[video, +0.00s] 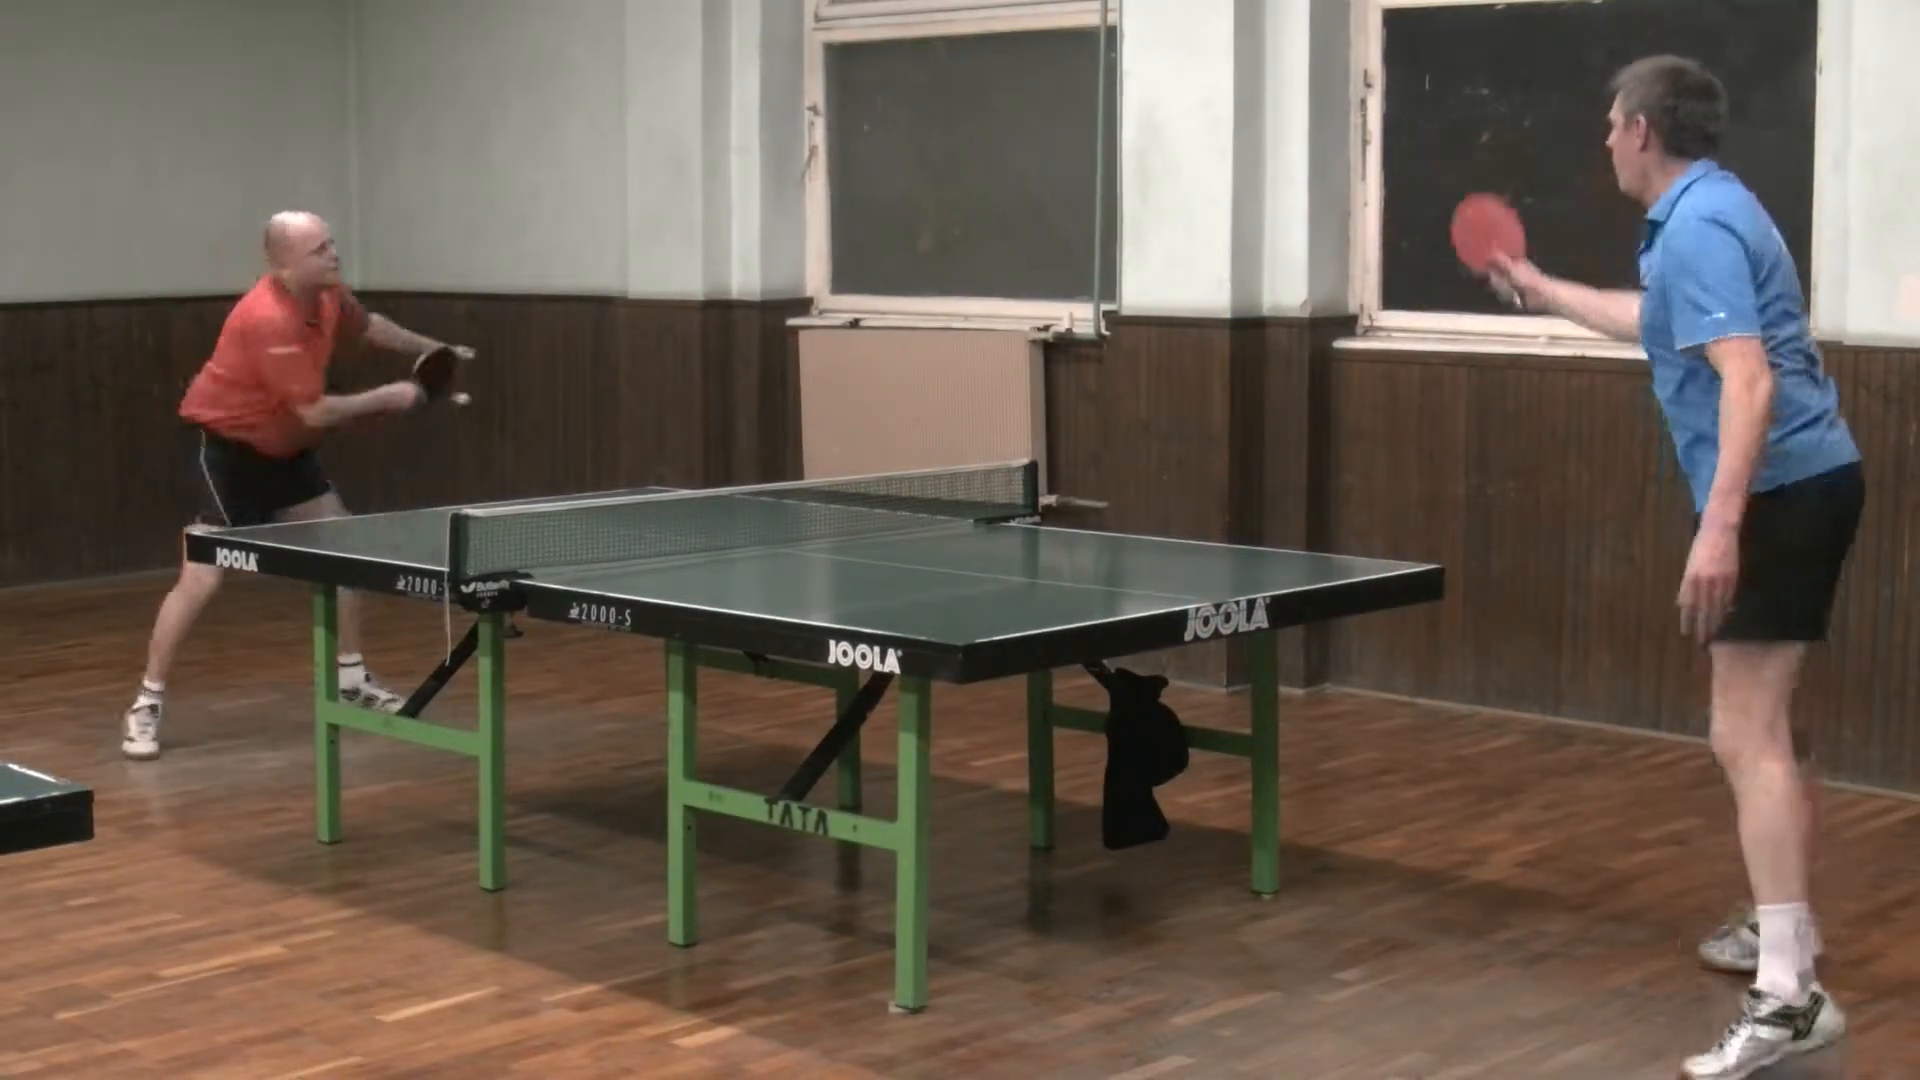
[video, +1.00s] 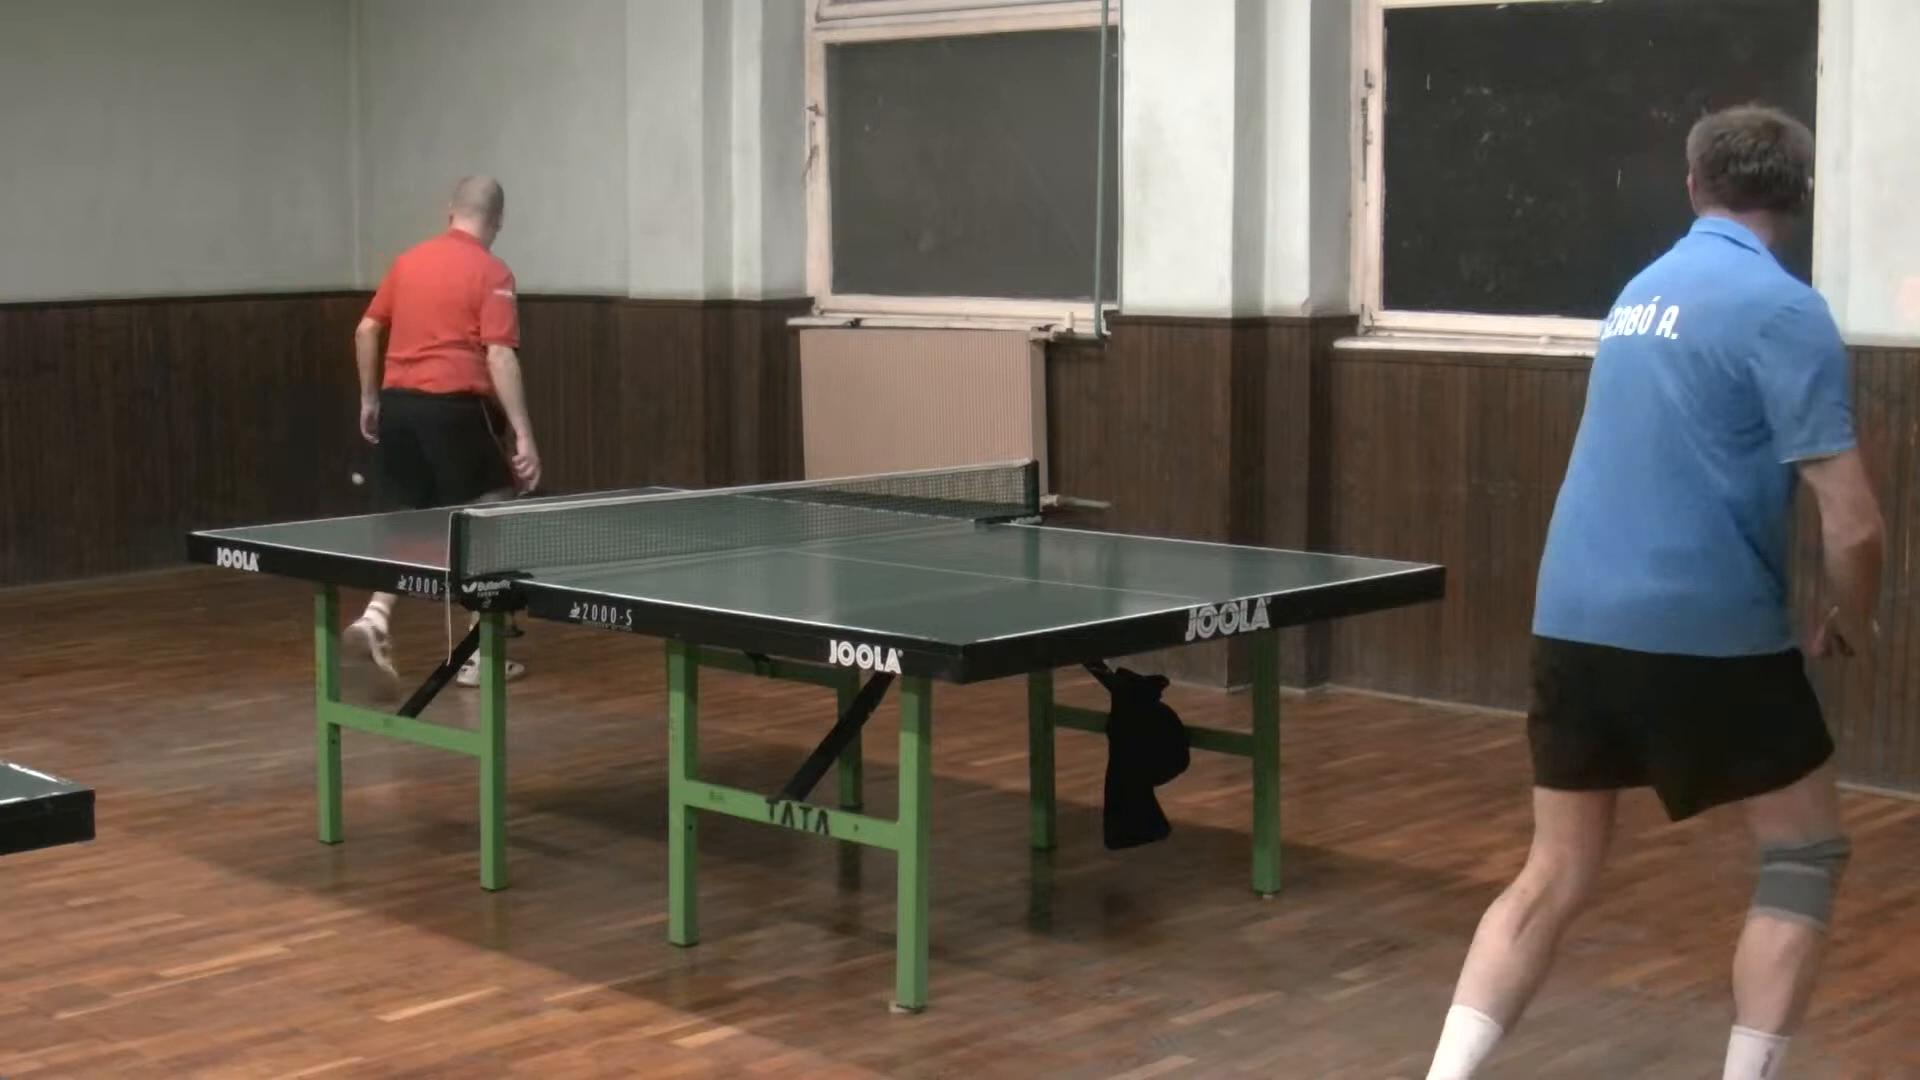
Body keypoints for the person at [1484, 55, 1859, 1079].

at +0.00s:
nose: (1607, 142)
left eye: (1613, 126)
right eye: (1611, 125)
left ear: (1643, 132)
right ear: (1677, 129)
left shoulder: (1695, 227)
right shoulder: (1706, 210)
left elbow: (1748, 377)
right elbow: (1660, 323)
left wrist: (1720, 526)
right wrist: (1540, 286)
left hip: (1781, 491)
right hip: (1791, 484)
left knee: (1746, 738)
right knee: (1759, 728)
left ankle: (1791, 992)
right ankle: (1785, 922)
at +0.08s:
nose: (1607, 158)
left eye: (1610, 139)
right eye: (1609, 139)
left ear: (1637, 144)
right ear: (1682, 141)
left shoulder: (1696, 247)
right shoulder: (1712, 226)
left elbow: (1739, 411)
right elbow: (1674, 377)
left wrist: (1683, 558)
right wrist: (1558, 390)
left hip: (1777, 503)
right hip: (1796, 495)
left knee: (1723, 747)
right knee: (1767, 725)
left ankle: (1758, 1010)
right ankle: (1810, 923)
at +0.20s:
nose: (1598, 192)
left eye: (1605, 177)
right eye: (1603, 176)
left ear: (1634, 185)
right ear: (1668, 184)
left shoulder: (1707, 281)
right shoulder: (1693, 273)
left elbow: (1717, 465)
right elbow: (1721, 444)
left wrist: (1624, 597)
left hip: (1783, 544)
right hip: (1780, 537)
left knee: (1681, 769)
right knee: (1756, 741)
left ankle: (1704, 1035)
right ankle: (1815, 937)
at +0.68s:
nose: (1638, 134)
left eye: (1639, 120)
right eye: (1645, 117)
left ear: (1651, 127)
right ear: (1747, 124)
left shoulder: (1607, 242)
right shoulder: (1823, 251)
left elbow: (1553, 434)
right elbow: (1865, 437)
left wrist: (1610, 494)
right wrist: (1825, 541)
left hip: (1640, 579)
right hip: (1783, 580)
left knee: (1637, 793)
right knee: (1767, 801)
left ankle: (1693, 1037)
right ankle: (1760, 1055)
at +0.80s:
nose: (1663, 139)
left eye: (1664, 125)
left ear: (1671, 137)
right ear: (1773, 138)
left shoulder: (1610, 256)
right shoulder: (1833, 263)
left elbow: (1557, 443)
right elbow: (1874, 460)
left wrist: (1637, 463)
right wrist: (1838, 569)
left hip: (1633, 585)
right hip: (1784, 591)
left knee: (1591, 797)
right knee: (1769, 832)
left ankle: (1606, 1049)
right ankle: (1751, 1071)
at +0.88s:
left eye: (1683, 143)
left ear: (1690, 152)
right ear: (1792, 156)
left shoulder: (1620, 270)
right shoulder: (1829, 271)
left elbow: (1583, 448)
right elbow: (1867, 479)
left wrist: (1618, 557)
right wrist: (1836, 597)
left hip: (1608, 588)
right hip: (1756, 599)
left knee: (1579, 820)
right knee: (1787, 840)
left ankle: (1511, 1048)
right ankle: (1753, 1069)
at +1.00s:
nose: (1808, 210)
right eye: (1806, 195)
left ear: (1694, 191)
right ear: (1796, 196)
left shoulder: (1647, 286)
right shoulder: (1784, 309)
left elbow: (1694, 473)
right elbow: (1853, 522)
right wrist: (1844, 616)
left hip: (1571, 618)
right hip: (1706, 630)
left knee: (1551, 870)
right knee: (1801, 850)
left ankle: (1446, 1071)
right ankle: (1746, 1071)